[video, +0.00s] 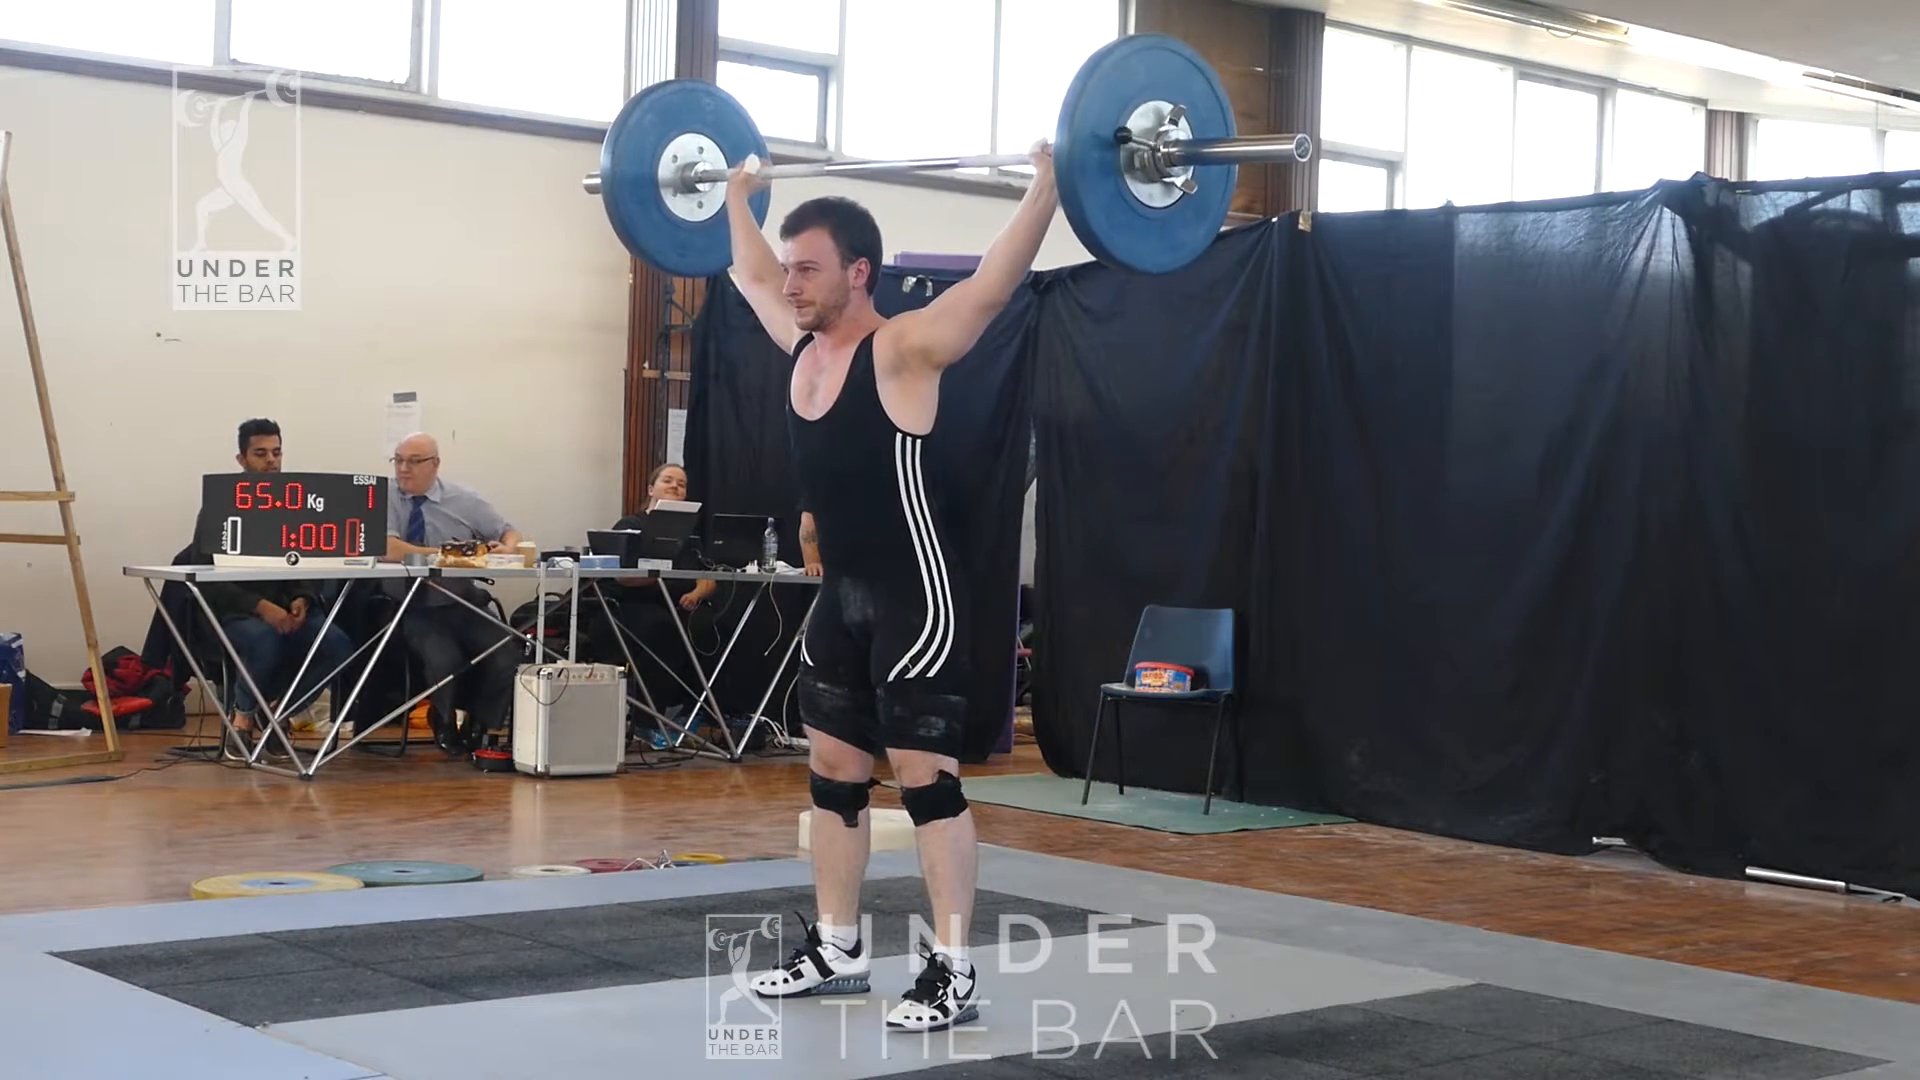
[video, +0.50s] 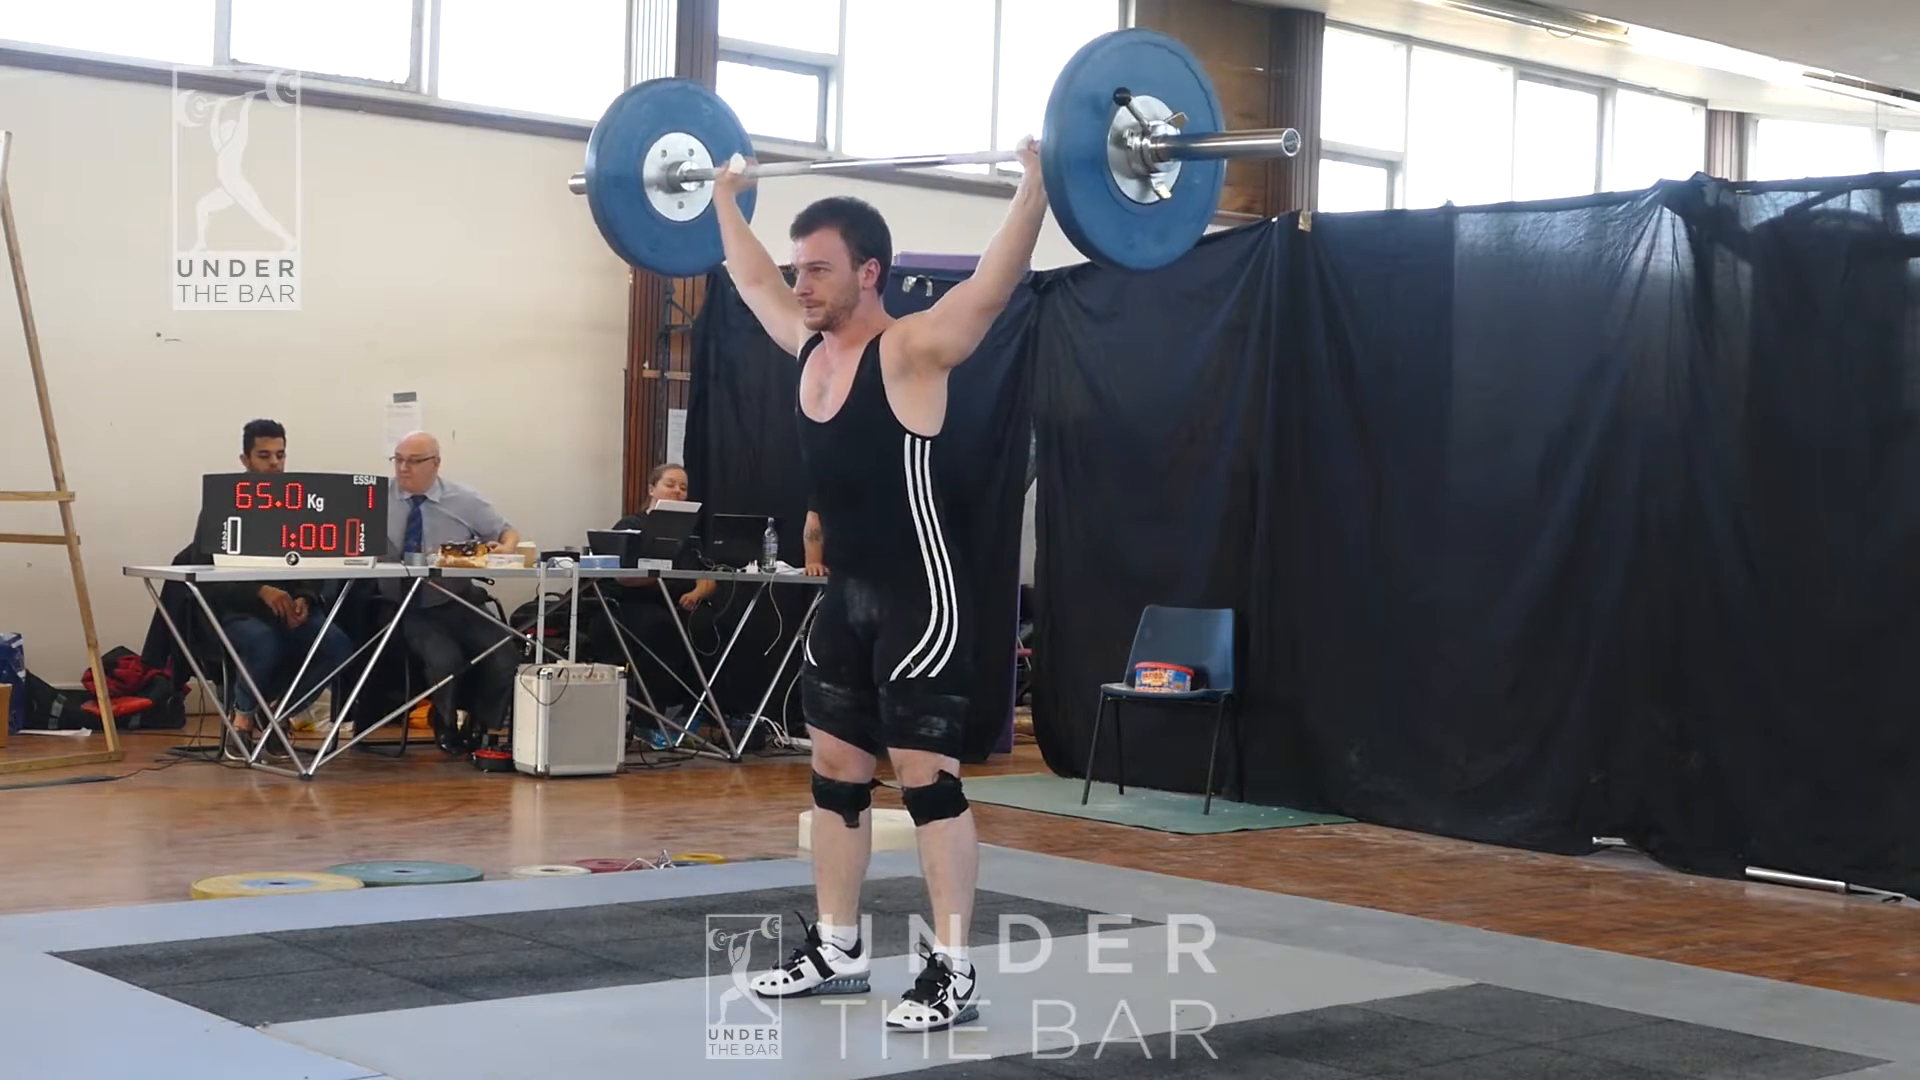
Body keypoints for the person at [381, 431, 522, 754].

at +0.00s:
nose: (404, 469)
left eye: (414, 462)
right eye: (398, 461)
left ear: (435, 466)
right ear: (393, 463)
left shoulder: (464, 501)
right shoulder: (386, 498)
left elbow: (511, 534)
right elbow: (386, 548)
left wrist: (506, 545)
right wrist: (443, 555)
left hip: (465, 603)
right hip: (413, 606)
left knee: (506, 653)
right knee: (444, 660)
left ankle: (478, 726)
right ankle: (443, 720)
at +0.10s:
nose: (402, 468)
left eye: (412, 461)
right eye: (397, 461)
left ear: (433, 465)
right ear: (391, 463)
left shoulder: (461, 499)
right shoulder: (384, 498)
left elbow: (508, 533)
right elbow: (385, 547)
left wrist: (504, 547)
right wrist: (441, 555)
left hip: (463, 601)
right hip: (412, 604)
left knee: (505, 656)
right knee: (445, 660)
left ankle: (479, 726)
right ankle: (444, 719)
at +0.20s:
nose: (400, 467)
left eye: (411, 461)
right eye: (395, 460)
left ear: (431, 464)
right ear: (390, 462)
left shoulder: (460, 498)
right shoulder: (382, 498)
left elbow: (507, 533)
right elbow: (384, 546)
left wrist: (503, 549)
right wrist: (439, 552)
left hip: (462, 599)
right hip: (410, 603)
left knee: (504, 657)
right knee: (445, 660)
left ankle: (480, 727)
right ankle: (443, 720)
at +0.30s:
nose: (400, 467)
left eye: (410, 461)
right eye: (395, 460)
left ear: (431, 464)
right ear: (389, 461)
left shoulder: (460, 499)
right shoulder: (380, 499)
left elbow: (507, 533)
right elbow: (373, 547)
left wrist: (504, 548)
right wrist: (429, 542)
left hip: (460, 599)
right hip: (407, 604)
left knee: (504, 656)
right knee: (445, 659)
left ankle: (479, 727)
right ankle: (443, 720)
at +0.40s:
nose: (402, 468)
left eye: (412, 461)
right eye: (397, 460)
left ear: (433, 464)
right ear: (391, 462)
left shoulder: (461, 499)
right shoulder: (380, 501)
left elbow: (508, 533)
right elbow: (367, 554)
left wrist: (504, 547)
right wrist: (404, 535)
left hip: (461, 599)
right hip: (409, 604)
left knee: (503, 657)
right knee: (445, 659)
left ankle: (479, 727)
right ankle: (444, 721)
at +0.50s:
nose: (403, 468)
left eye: (413, 461)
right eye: (398, 460)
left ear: (435, 465)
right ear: (392, 461)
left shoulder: (462, 500)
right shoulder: (380, 500)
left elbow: (509, 533)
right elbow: (349, 535)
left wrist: (504, 546)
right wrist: (369, 554)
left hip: (459, 601)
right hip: (405, 605)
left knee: (504, 657)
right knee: (445, 659)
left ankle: (479, 727)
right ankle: (445, 723)